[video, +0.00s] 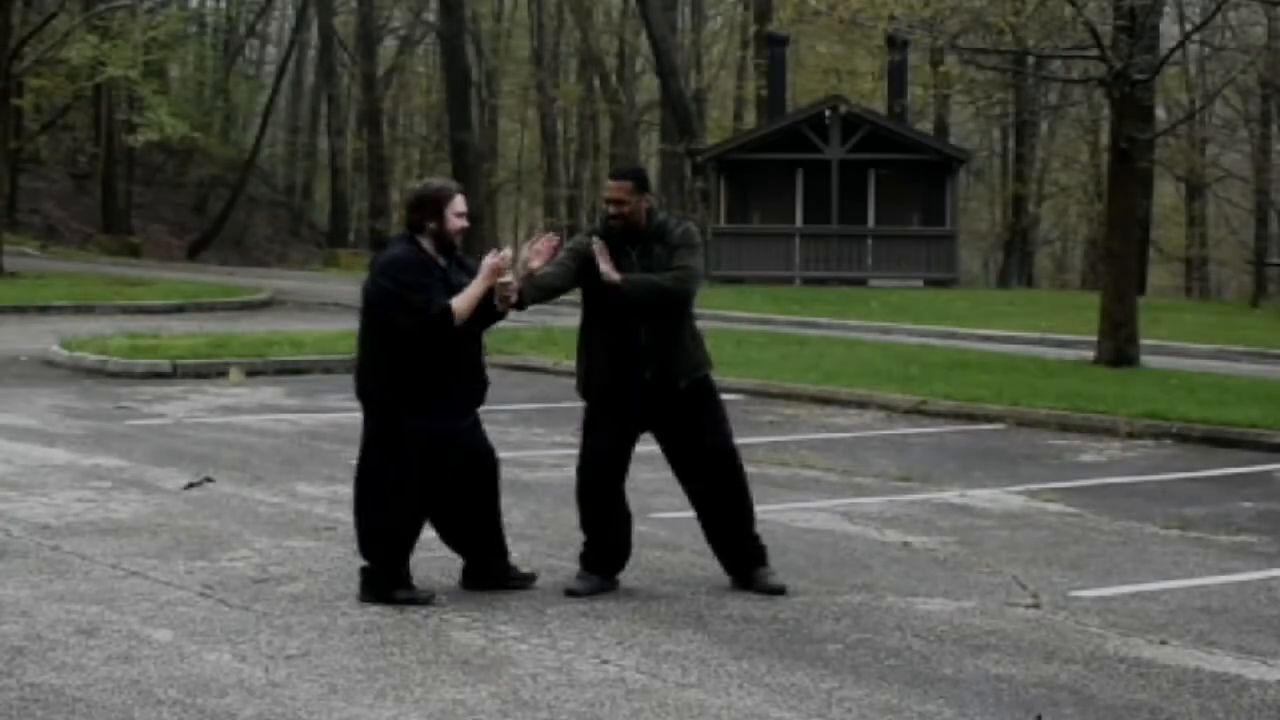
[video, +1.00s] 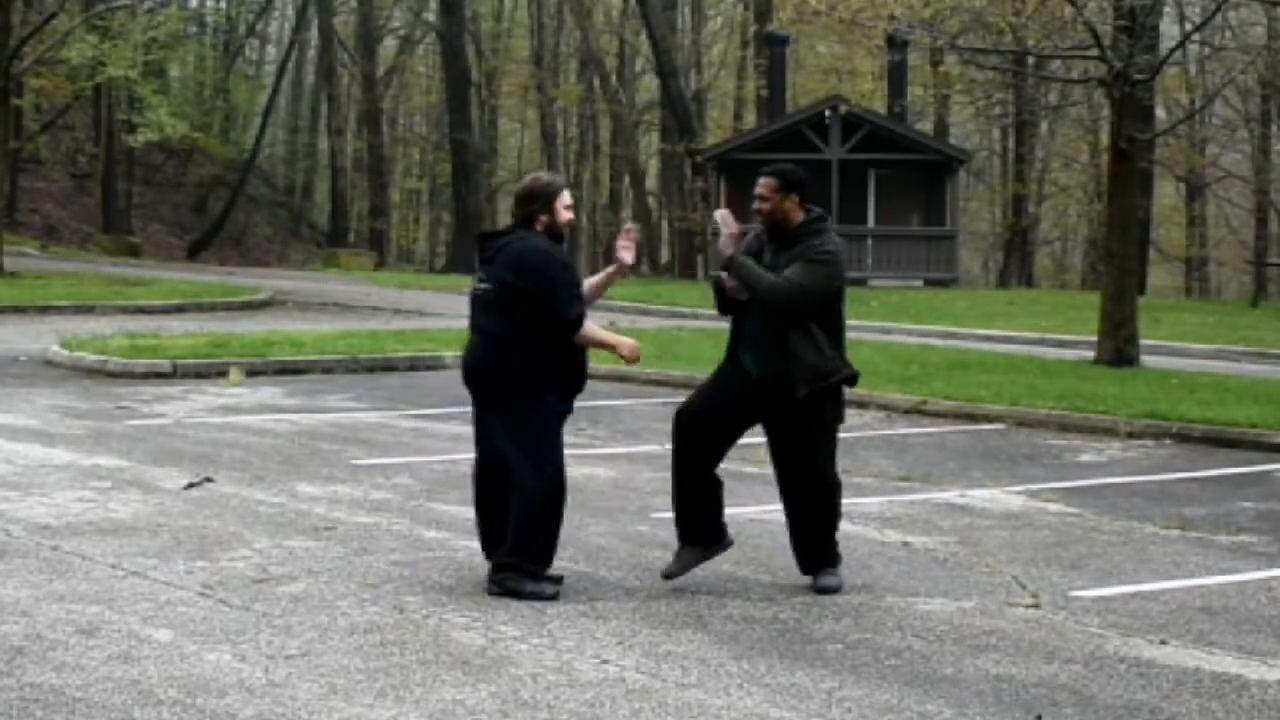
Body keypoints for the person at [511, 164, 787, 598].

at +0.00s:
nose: (612, 212)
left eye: (621, 204)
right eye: (607, 204)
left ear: (646, 202)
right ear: (602, 203)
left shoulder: (677, 235)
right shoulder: (595, 243)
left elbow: (683, 287)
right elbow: (557, 274)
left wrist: (619, 279)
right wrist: (520, 290)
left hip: (678, 383)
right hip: (613, 386)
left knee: (717, 473)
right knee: (598, 479)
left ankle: (749, 567)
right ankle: (599, 569)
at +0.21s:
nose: (623, 212)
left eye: (633, 206)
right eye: (620, 204)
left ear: (659, 206)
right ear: (616, 205)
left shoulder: (693, 245)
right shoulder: (605, 251)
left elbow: (701, 297)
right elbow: (569, 296)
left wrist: (635, 285)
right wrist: (584, 326)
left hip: (689, 385)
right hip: (624, 387)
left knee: (737, 468)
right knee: (598, 475)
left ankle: (782, 556)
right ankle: (597, 568)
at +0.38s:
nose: (662, 213)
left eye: (671, 206)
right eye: (660, 204)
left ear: (699, 207)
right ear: (656, 204)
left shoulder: (727, 246)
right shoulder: (648, 242)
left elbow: (726, 294)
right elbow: (592, 266)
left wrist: (657, 292)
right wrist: (605, 236)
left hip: (713, 389)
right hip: (649, 388)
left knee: (763, 473)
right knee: (615, 475)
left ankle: (821, 554)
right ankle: (598, 569)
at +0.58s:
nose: (715, 210)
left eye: (722, 203)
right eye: (713, 202)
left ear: (752, 204)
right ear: (715, 202)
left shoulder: (788, 242)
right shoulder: (704, 235)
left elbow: (794, 287)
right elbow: (652, 255)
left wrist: (740, 265)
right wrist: (635, 209)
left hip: (767, 385)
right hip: (701, 380)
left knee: (794, 471)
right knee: (654, 445)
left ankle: (823, 563)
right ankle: (639, 552)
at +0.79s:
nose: (746, 209)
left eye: (753, 202)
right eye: (744, 202)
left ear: (781, 203)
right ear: (749, 203)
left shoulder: (823, 252)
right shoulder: (742, 249)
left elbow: (828, 313)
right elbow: (725, 305)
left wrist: (773, 283)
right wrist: (681, 277)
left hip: (799, 388)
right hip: (741, 383)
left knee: (811, 479)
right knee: (686, 436)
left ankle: (824, 564)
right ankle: (713, 546)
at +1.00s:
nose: (757, 207)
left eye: (765, 200)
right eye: (756, 199)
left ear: (793, 202)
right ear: (760, 202)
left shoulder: (823, 251)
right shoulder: (758, 241)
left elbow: (782, 293)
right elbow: (732, 306)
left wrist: (733, 258)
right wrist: (727, 285)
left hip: (806, 384)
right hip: (748, 376)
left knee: (809, 477)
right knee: (692, 426)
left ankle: (823, 564)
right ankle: (702, 536)